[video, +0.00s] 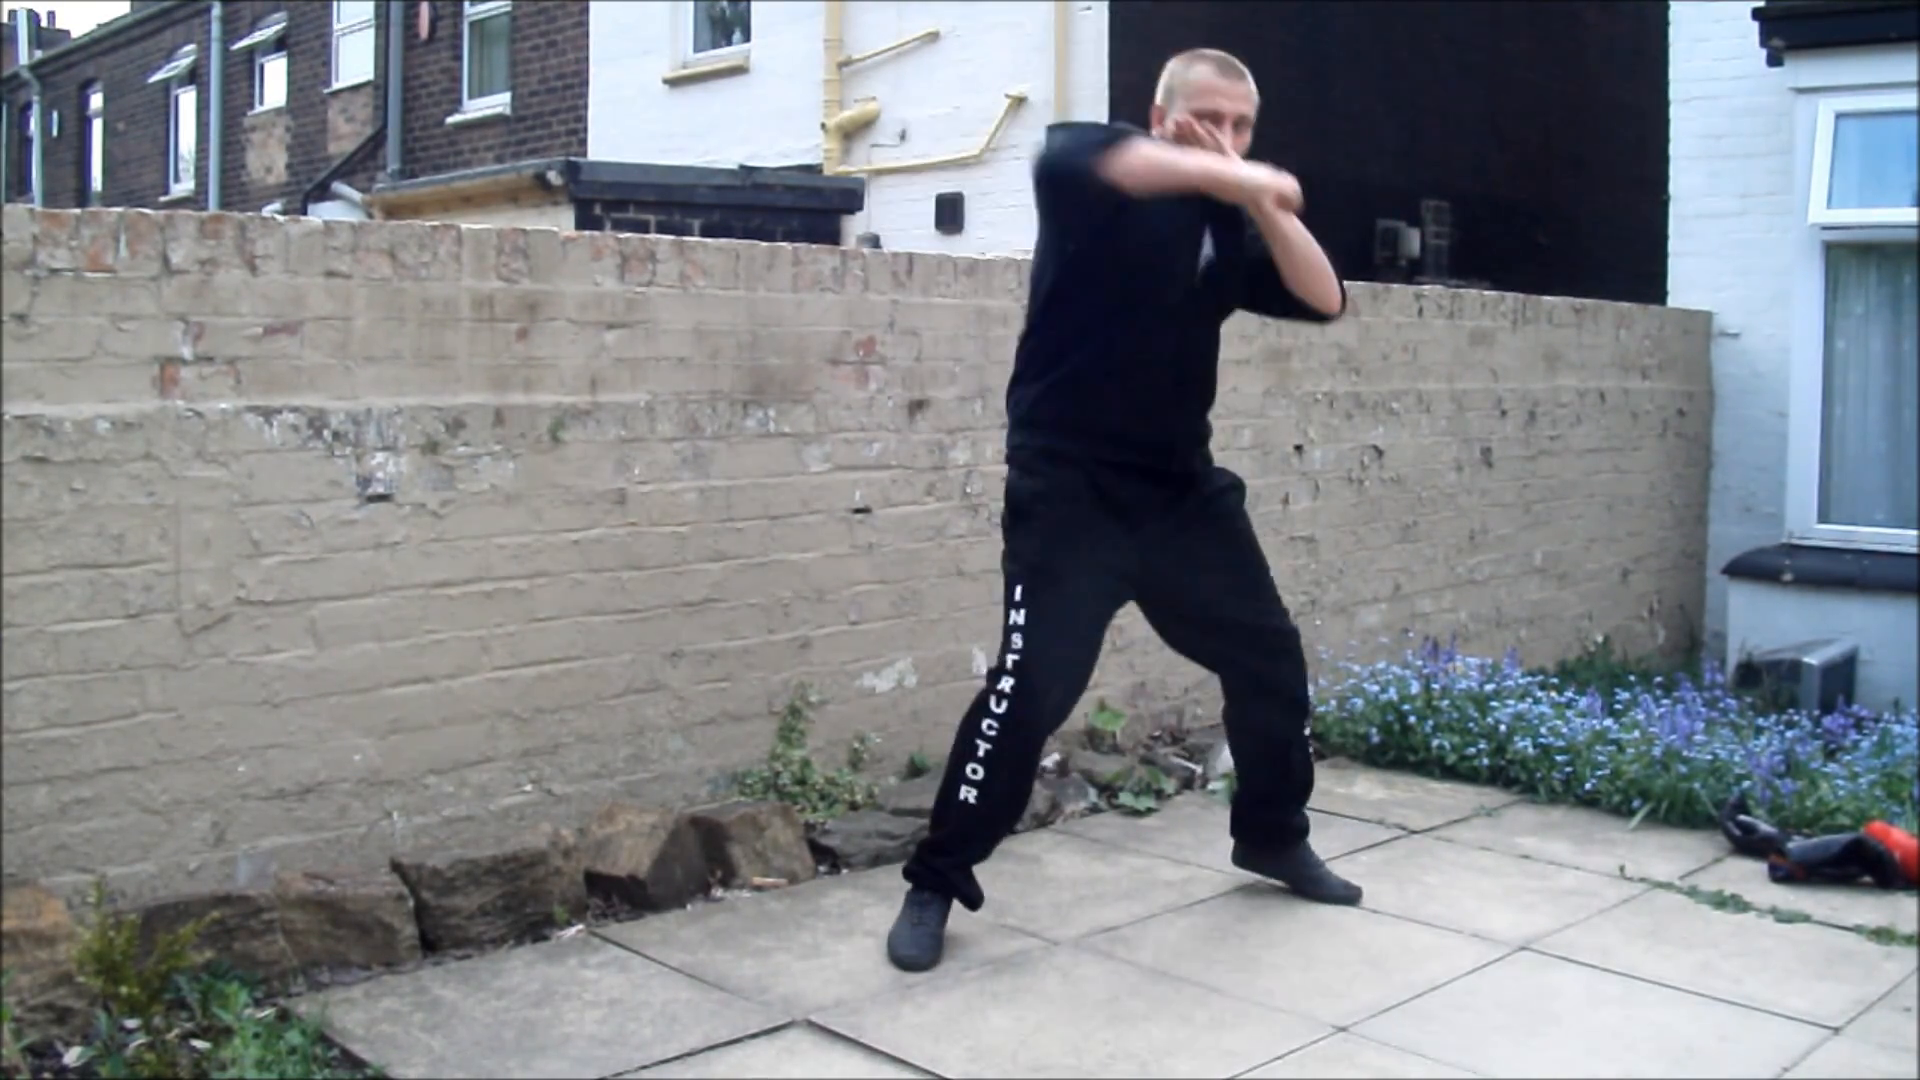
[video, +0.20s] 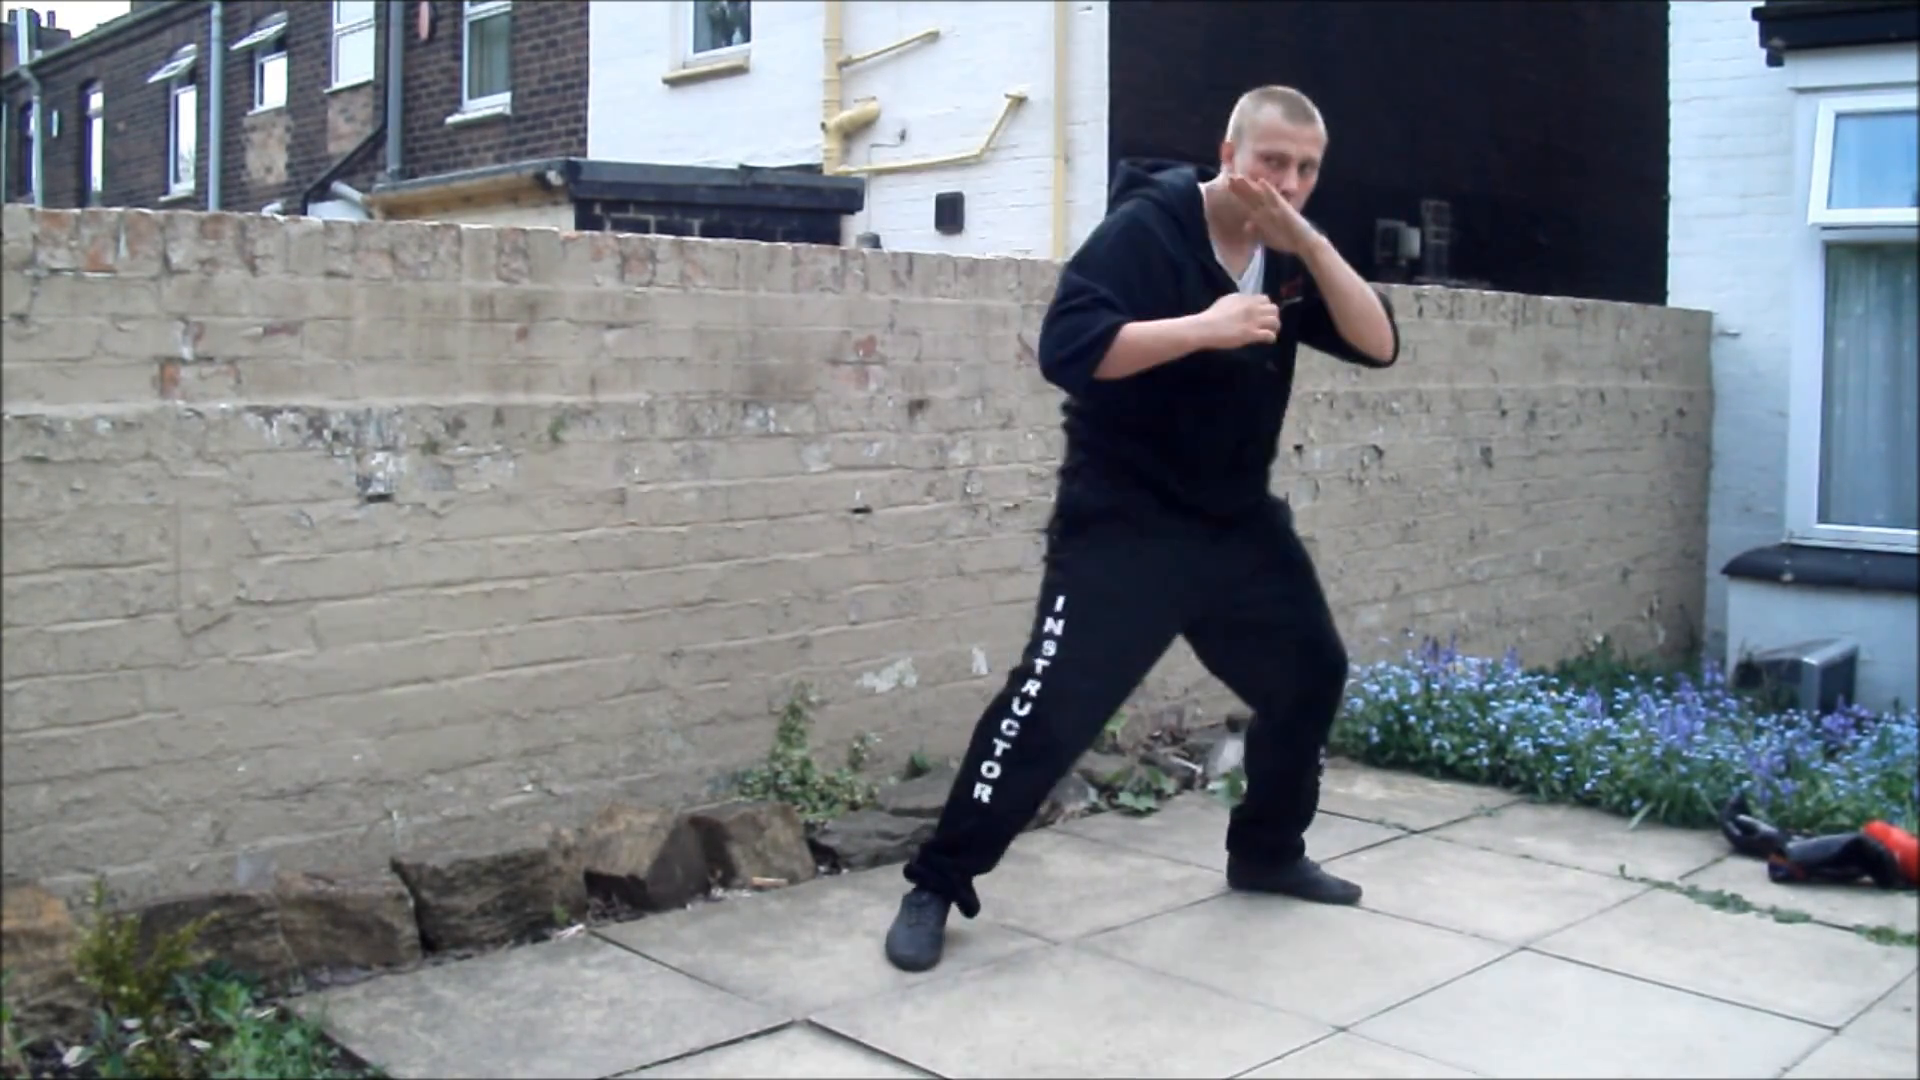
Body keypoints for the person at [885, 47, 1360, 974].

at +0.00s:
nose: (1226, 142)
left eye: (1240, 128)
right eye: (1209, 122)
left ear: (1254, 136)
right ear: (1160, 121)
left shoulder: (1232, 232)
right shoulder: (1084, 166)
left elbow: (1325, 301)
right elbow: (1100, 166)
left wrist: (1269, 206)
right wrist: (1243, 180)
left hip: (1180, 490)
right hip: (1066, 482)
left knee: (1269, 653)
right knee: (1035, 679)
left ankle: (1271, 839)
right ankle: (933, 882)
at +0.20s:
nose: (1291, 183)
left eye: (1306, 170)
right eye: (1275, 163)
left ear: (1314, 176)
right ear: (1227, 153)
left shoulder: (1291, 262)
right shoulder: (1150, 226)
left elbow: (1380, 346)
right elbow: (1068, 347)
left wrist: (1308, 241)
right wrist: (1202, 328)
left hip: (1238, 527)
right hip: (1122, 527)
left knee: (1309, 674)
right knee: (1049, 705)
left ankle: (1267, 855)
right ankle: (935, 887)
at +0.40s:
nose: (1272, 62)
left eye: (1290, 45)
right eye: (1257, 44)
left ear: (1320, 55)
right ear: (1231, 50)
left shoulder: (1353, 143)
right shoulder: (1182, 139)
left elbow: (1381, 256)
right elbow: (1141, 282)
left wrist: (1309, 150)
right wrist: (1241, 201)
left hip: (1307, 433)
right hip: (1194, 423)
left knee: (1300, 633)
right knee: (1151, 621)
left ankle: (1289, 821)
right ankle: (1098, 820)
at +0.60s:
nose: (1273, 108)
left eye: (1291, 93)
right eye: (1259, 94)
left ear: (1327, 102)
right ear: (1242, 104)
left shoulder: (1378, 196)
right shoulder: (1205, 197)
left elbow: (1379, 315)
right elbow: (1157, 327)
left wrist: (1322, 197)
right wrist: (1243, 216)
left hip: (1349, 469)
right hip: (1234, 466)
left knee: (1356, 652)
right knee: (1237, 654)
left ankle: (1365, 817)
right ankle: (1229, 817)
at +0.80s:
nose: (1313, 127)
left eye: (1332, 112)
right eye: (1300, 110)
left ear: (1368, 118)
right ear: (1282, 115)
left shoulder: (1412, 196)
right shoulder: (1241, 205)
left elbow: (1395, 315)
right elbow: (1211, 358)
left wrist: (1325, 208)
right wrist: (1227, 337)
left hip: (1378, 478)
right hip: (1262, 472)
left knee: (1378, 660)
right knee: (1229, 647)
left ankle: (1364, 821)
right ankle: (1207, 818)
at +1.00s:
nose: (1334, 136)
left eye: (1355, 121)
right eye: (1324, 118)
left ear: (1393, 134)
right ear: (1305, 126)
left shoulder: (1429, 219)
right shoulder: (1255, 215)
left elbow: (1434, 331)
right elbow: (1181, 348)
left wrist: (1363, 226)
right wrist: (1197, 353)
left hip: (1382, 488)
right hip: (1272, 483)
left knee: (1396, 671)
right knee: (1262, 657)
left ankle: (1365, 823)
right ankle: (1195, 857)